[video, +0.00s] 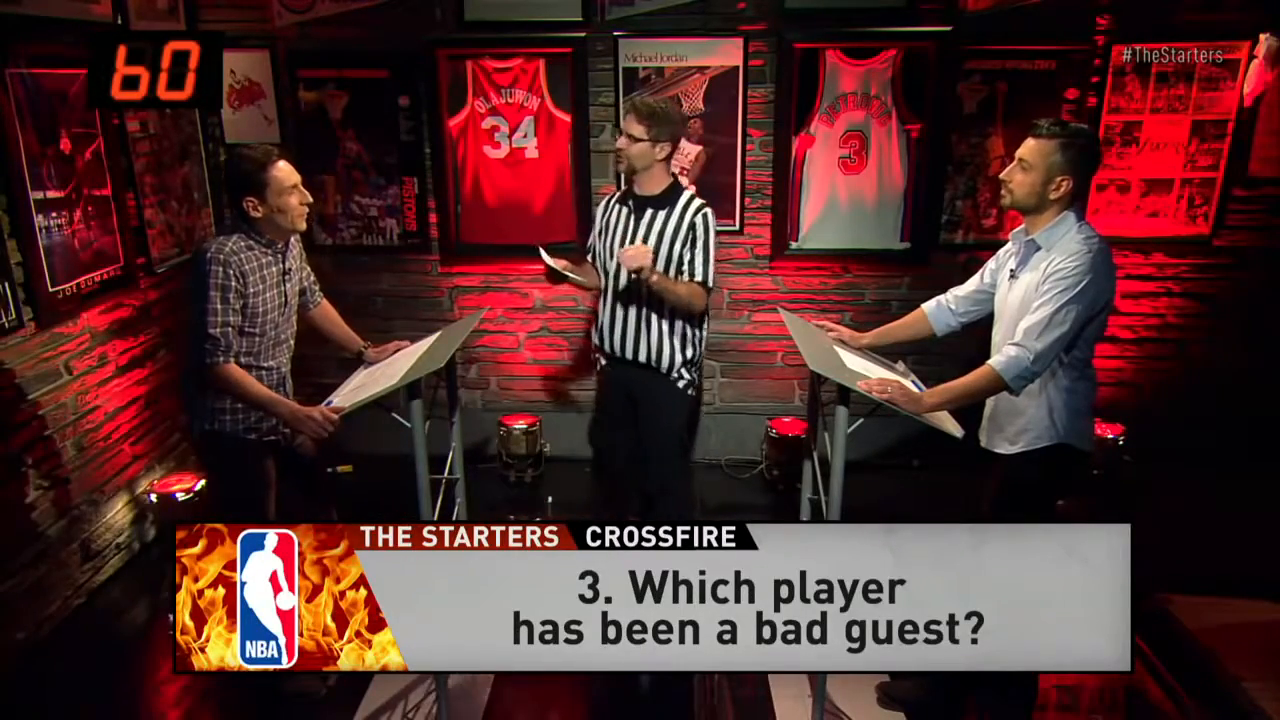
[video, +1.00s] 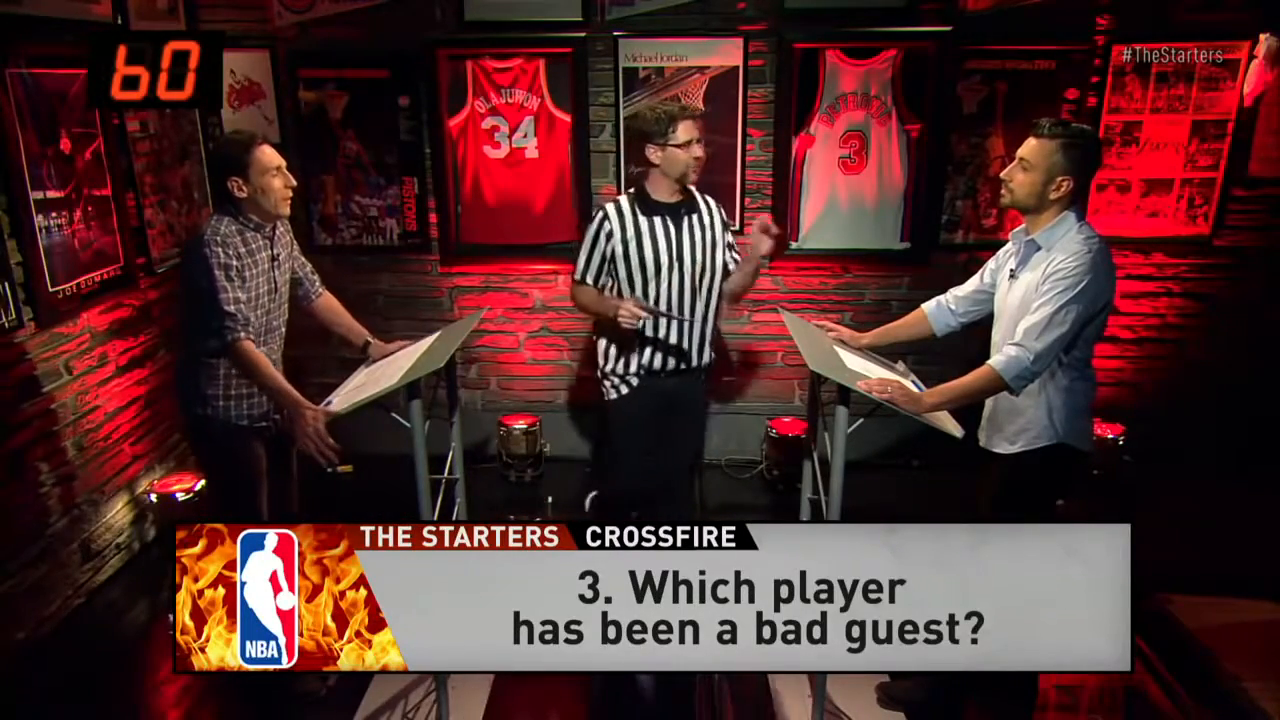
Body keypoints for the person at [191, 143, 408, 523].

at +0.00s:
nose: (307, 198)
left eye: (302, 186)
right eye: (292, 190)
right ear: (255, 207)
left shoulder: (289, 244)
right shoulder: (223, 258)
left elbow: (313, 302)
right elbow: (217, 363)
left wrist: (364, 350)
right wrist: (292, 412)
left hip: (282, 422)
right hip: (235, 433)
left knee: (297, 523)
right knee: (249, 536)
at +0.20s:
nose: (302, 196)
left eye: (297, 184)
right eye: (286, 188)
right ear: (249, 205)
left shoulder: (286, 243)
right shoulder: (220, 256)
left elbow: (311, 302)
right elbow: (218, 360)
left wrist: (364, 350)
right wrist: (292, 411)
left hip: (279, 421)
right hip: (234, 432)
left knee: (297, 522)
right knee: (248, 535)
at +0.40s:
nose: (295, 191)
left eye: (290, 179)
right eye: (280, 183)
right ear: (243, 200)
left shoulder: (283, 239)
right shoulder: (215, 253)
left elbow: (310, 301)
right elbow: (219, 358)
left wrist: (365, 350)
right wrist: (294, 409)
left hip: (278, 421)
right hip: (231, 431)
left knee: (293, 524)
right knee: (248, 536)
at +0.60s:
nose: (291, 186)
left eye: (286, 175)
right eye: (276, 178)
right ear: (239, 194)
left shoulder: (280, 236)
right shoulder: (215, 250)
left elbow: (310, 299)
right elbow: (222, 351)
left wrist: (367, 348)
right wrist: (294, 408)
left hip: (282, 418)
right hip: (232, 429)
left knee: (297, 525)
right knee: (248, 535)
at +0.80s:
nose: (291, 183)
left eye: (286, 172)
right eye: (275, 174)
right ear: (239, 190)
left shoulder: (279, 233)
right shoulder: (216, 246)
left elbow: (313, 297)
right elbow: (229, 346)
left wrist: (371, 346)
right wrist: (295, 407)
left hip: (279, 410)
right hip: (232, 420)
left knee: (291, 519)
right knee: (248, 528)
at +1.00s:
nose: (292, 181)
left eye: (286, 170)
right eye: (276, 173)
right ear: (239, 187)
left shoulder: (277, 231)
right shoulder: (215, 245)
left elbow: (313, 293)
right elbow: (237, 341)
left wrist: (371, 345)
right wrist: (298, 407)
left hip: (274, 407)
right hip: (227, 416)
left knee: (285, 518)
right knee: (247, 527)